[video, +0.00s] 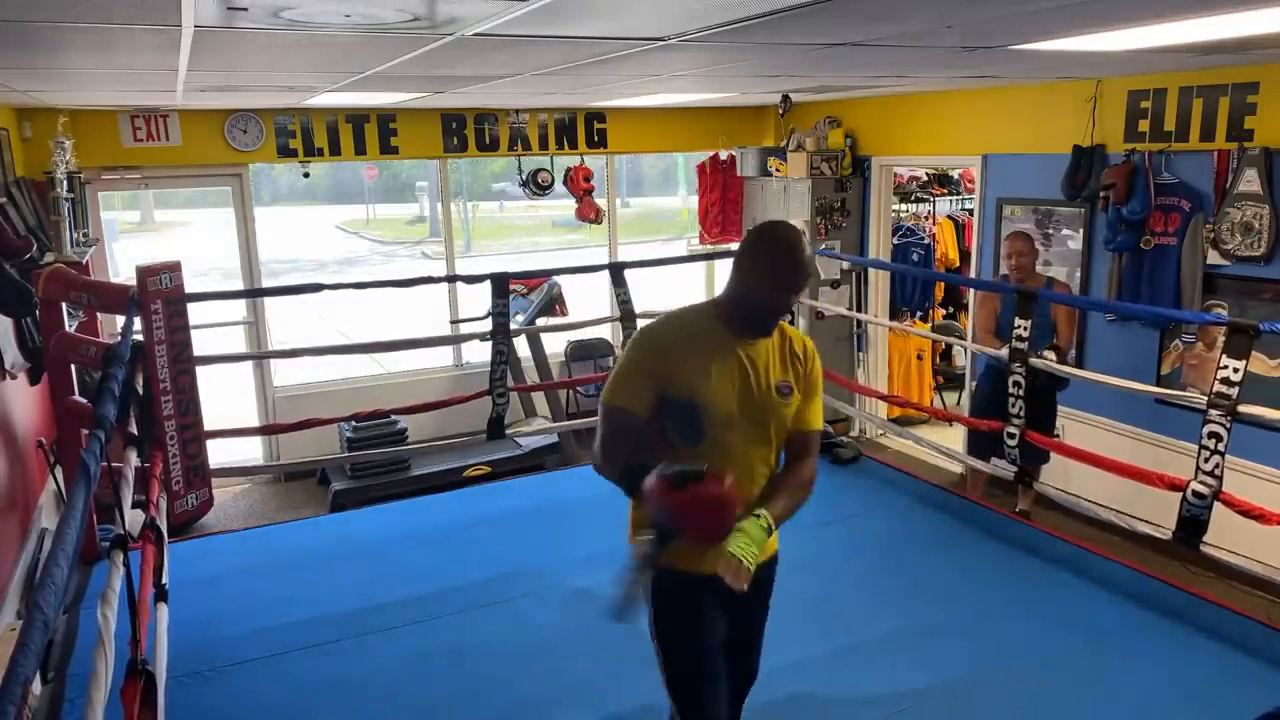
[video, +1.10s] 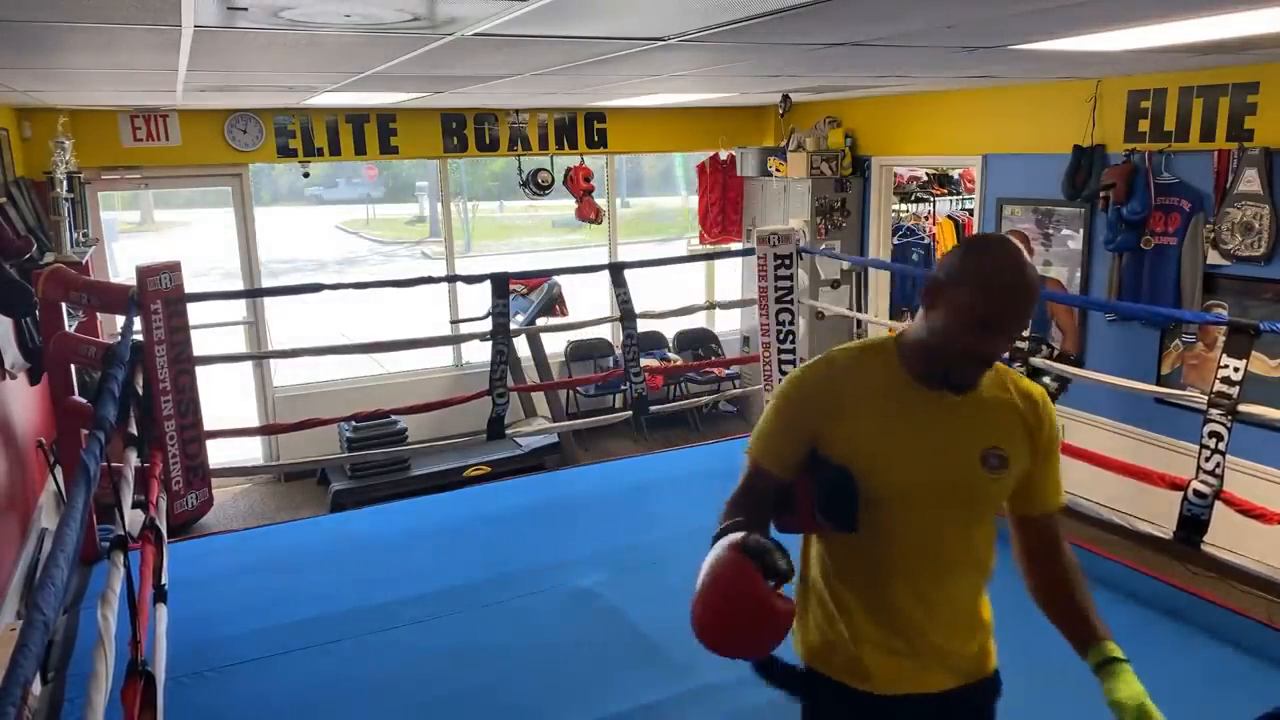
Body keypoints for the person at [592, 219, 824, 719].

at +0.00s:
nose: (789, 307)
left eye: (797, 294)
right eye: (783, 292)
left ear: (800, 288)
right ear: (748, 275)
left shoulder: (797, 353)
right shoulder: (659, 344)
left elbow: (802, 464)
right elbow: (612, 455)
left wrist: (758, 525)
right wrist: (671, 497)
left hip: (755, 563)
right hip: (683, 567)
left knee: (733, 697)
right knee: (704, 709)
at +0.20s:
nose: (792, 331)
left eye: (802, 318)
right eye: (783, 319)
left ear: (808, 304)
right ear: (744, 296)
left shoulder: (809, 352)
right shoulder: (664, 367)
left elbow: (827, 467)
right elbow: (627, 498)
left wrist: (797, 529)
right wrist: (701, 497)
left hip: (792, 589)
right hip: (707, 599)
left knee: (795, 709)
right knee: (716, 712)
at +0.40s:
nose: (806, 346)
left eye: (818, 332)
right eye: (794, 333)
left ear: (828, 312)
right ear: (758, 298)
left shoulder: (829, 358)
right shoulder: (678, 378)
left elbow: (854, 468)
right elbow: (641, 515)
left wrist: (874, 560)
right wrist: (690, 556)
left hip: (824, 607)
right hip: (729, 627)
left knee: (868, 712)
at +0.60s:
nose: (886, 349)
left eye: (894, 332)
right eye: (876, 330)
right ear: (833, 309)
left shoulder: (882, 378)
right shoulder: (724, 387)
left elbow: (880, 483)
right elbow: (669, 511)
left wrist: (945, 576)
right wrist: (671, 619)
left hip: (859, 639)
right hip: (753, 653)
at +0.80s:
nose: (940, 351)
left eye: (951, 337)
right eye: (931, 332)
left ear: (959, 326)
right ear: (886, 305)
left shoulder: (947, 390)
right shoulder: (773, 384)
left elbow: (943, 502)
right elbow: (710, 505)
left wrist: (1002, 606)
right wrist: (692, 598)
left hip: (902, 656)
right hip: (794, 664)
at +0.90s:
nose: (974, 354)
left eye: (986, 339)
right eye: (965, 334)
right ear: (915, 302)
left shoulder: (983, 402)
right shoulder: (796, 383)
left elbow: (993, 525)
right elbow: (725, 505)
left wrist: (1040, 629)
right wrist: (716, 579)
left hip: (927, 669)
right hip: (819, 671)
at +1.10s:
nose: (990, 355)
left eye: (1008, 340)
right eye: (980, 331)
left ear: (1019, 336)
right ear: (931, 296)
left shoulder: (1024, 413)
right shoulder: (818, 391)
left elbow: (1044, 554)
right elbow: (752, 500)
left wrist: (1111, 669)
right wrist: (737, 552)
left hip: (961, 681)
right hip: (845, 684)